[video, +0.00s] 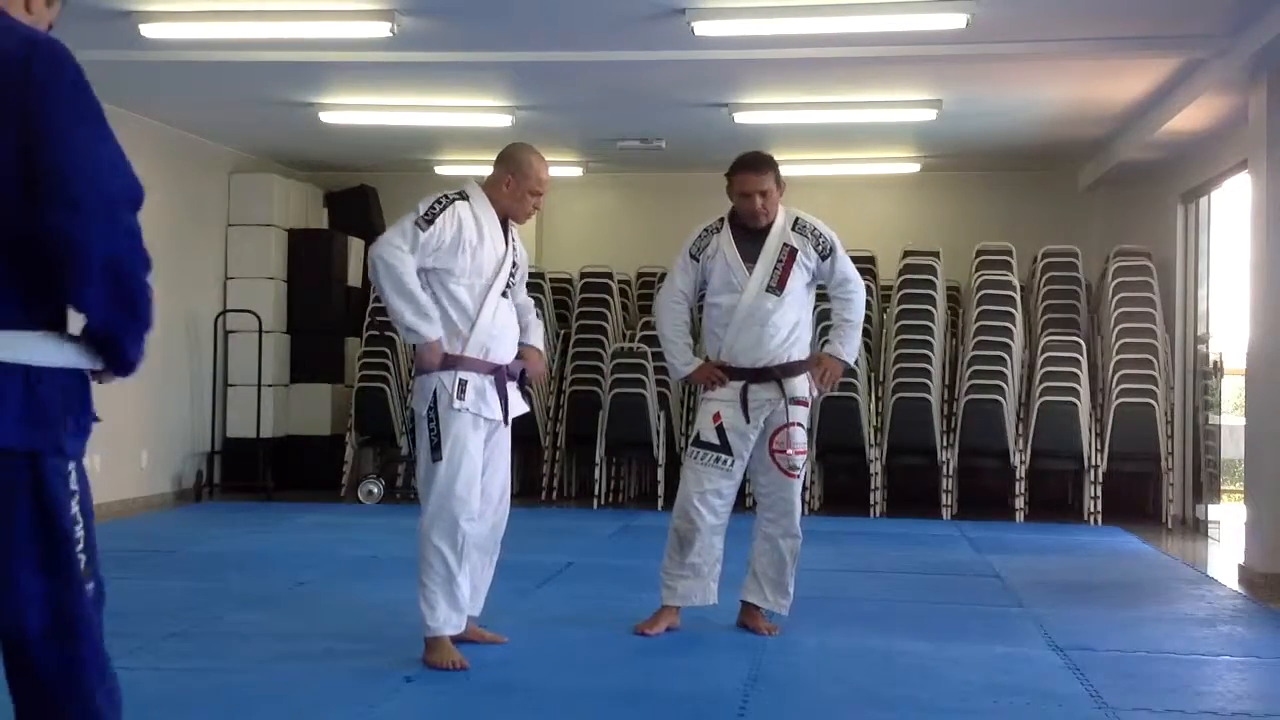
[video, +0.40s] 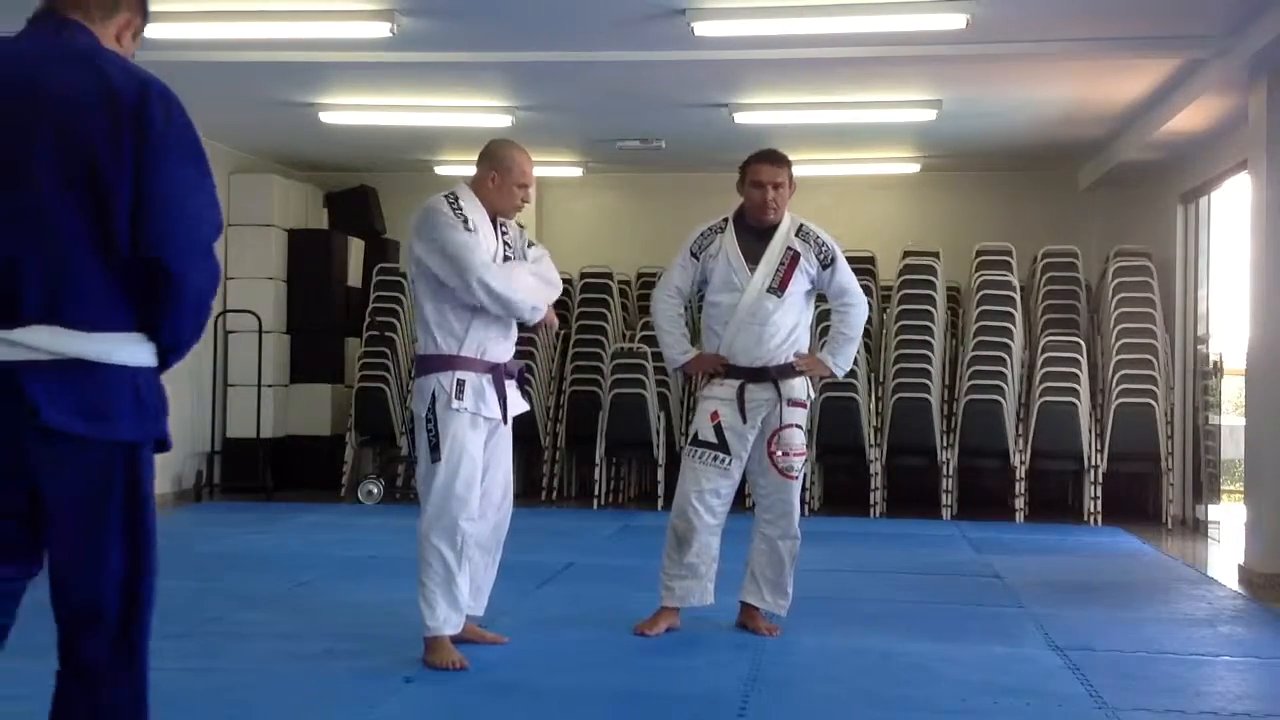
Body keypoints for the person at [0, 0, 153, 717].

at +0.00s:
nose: (53, 19)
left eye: (53, 12)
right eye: (54, 10)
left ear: (18, 6)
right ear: (32, 4)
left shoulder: (33, 65)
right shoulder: (32, 59)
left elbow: (98, 207)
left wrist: (106, 334)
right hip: (21, 382)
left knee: (51, 620)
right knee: (54, 627)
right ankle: (75, 708)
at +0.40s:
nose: (134, 50)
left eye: (137, 37)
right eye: (138, 34)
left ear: (45, 11)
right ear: (122, 20)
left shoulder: (2, 69)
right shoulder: (136, 98)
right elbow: (189, 259)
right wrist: (150, 351)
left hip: (4, 383)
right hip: (92, 390)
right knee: (102, 625)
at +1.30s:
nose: (123, 86)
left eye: (123, 77)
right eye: (126, 76)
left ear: (40, 49)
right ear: (108, 63)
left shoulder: (5, 101)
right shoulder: (118, 121)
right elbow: (172, 242)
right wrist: (160, 331)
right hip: (76, 393)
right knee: (117, 592)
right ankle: (101, 716)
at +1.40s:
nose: (117, 89)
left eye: (119, 80)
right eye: (121, 78)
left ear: (39, 51)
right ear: (104, 65)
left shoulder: (5, 104)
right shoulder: (111, 121)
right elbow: (157, 248)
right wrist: (133, 338)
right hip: (74, 393)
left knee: (1, 592)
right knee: (126, 586)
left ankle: (8, 706)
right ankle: (112, 712)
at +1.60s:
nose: (141, 99)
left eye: (146, 90)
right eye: (145, 88)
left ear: (66, 58)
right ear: (128, 73)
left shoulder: (6, 112)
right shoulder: (120, 124)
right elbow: (132, 246)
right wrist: (167, 332)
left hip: (7, 385)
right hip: (89, 392)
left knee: (5, 601)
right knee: (141, 599)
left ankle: (11, 707)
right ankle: (154, 718)